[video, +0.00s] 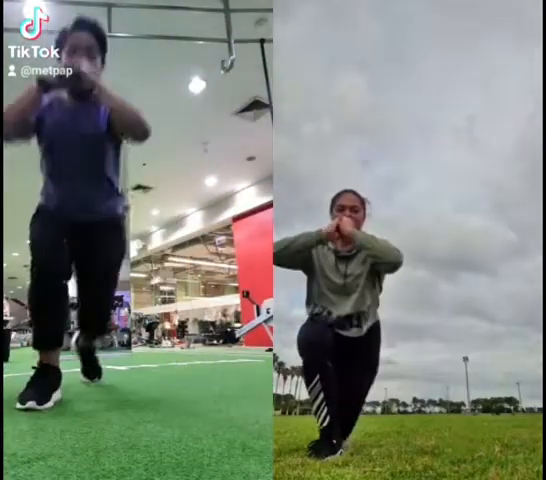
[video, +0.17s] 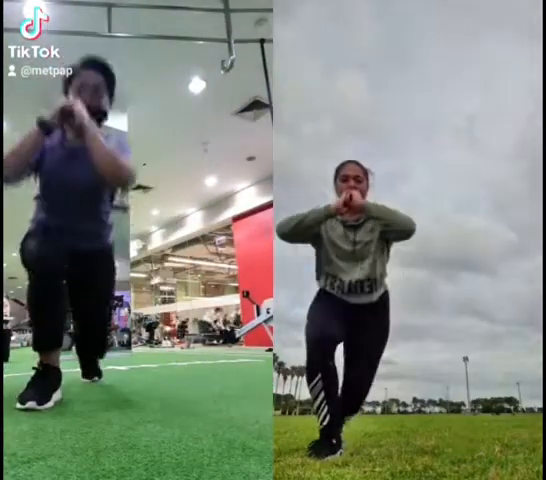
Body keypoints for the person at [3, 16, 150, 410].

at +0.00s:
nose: (80, 60)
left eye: (89, 54)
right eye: (72, 52)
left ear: (101, 62)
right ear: (59, 57)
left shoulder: (108, 107)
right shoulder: (46, 105)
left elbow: (141, 131)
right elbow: (7, 128)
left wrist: (98, 89)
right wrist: (39, 86)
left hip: (104, 215)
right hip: (55, 213)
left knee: (100, 297)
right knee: (45, 280)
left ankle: (87, 344)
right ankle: (47, 369)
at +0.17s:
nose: (88, 99)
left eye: (97, 92)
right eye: (81, 90)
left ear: (108, 100)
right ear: (67, 92)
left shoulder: (114, 140)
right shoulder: (48, 136)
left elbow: (122, 178)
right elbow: (9, 172)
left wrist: (88, 130)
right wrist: (46, 126)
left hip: (93, 242)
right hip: (47, 236)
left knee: (95, 324)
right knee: (44, 275)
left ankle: (90, 355)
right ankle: (47, 369)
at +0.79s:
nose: (105, 62)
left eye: (114, 54)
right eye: (98, 53)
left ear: (126, 62)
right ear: (84, 60)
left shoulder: (135, 110)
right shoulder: (70, 103)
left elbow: (171, 126)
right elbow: (25, 122)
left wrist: (126, 82)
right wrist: (72, 80)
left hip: (120, 217)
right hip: (72, 214)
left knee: (160, 280)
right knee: (53, 279)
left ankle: (141, 344)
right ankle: (48, 371)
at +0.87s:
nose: (119, 72)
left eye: (128, 64)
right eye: (111, 64)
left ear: (139, 73)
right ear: (97, 71)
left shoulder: (146, 120)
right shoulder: (81, 114)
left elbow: (185, 134)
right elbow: (39, 132)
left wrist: (140, 91)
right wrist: (82, 99)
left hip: (130, 224)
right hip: (80, 224)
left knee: (180, 267)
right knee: (48, 271)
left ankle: (184, 356)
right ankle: (47, 371)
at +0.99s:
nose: (135, 100)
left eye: (143, 92)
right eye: (126, 92)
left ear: (154, 101)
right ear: (111, 100)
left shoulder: (161, 148)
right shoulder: (99, 143)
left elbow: (206, 161)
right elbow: (62, 164)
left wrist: (160, 118)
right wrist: (109, 125)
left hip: (147, 249)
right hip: (97, 248)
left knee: (198, 271)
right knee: (51, 267)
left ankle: (205, 368)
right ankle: (48, 372)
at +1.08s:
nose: (143, 120)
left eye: (150, 112)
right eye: (134, 113)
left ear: (163, 120)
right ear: (120, 121)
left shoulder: (171, 167)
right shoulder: (109, 161)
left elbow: (217, 184)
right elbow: (77, 192)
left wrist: (170, 139)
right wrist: (117, 148)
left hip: (155, 261)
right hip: (107, 260)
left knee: (206, 274)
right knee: (55, 269)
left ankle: (206, 368)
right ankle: (48, 371)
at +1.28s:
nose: (159, 134)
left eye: (168, 127)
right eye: (150, 127)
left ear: (178, 136)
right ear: (135, 136)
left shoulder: (186, 178)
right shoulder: (122, 171)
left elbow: (235, 197)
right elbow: (82, 188)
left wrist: (185, 149)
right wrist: (133, 149)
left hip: (168, 271)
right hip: (118, 269)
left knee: (212, 276)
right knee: (73, 268)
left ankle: (206, 368)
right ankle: (48, 373)